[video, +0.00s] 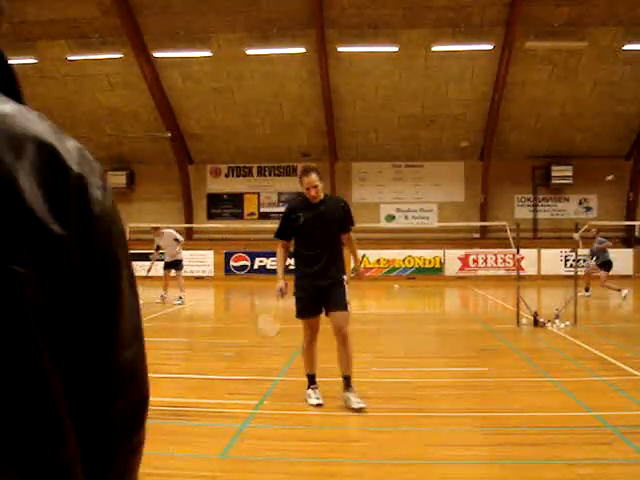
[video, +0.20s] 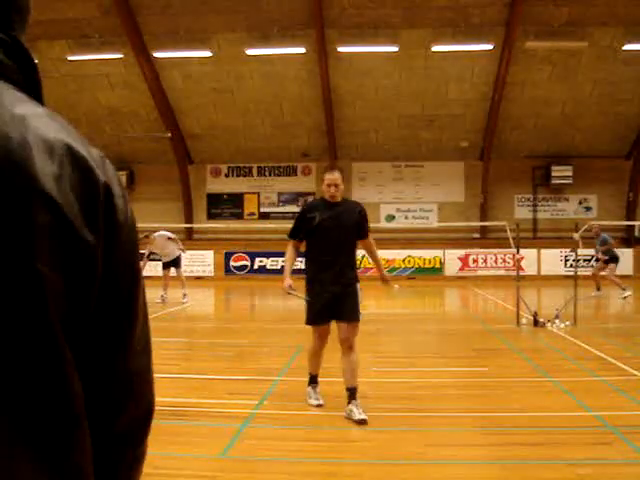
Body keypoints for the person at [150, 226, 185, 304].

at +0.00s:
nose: (154, 234)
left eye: (155, 232)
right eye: (153, 233)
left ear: (159, 230)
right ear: (154, 232)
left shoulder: (170, 233)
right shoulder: (157, 239)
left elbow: (181, 241)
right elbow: (155, 254)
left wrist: (176, 251)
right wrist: (150, 267)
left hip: (177, 257)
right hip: (168, 258)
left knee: (178, 276)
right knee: (166, 276)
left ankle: (182, 296)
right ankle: (164, 294)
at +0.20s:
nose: (148, 242)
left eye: (148, 240)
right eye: (146, 241)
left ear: (150, 236)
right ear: (146, 241)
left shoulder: (161, 234)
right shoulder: (150, 247)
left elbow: (174, 238)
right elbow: (146, 258)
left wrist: (181, 246)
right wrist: (142, 269)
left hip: (175, 254)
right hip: (165, 257)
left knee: (179, 274)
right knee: (165, 276)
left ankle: (184, 293)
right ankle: (164, 294)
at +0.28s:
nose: (147, 243)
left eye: (147, 240)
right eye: (145, 242)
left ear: (150, 237)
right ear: (145, 242)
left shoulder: (159, 235)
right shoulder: (148, 248)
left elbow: (174, 237)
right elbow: (145, 259)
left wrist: (178, 245)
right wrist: (141, 268)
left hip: (174, 254)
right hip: (165, 258)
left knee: (181, 274)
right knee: (165, 276)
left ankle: (187, 291)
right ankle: (164, 294)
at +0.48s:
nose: (146, 245)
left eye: (146, 242)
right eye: (145, 244)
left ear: (149, 239)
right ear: (144, 243)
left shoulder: (158, 237)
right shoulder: (148, 249)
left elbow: (173, 238)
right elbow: (145, 261)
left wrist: (178, 246)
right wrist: (141, 272)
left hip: (175, 255)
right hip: (165, 259)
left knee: (184, 272)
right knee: (166, 276)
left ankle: (193, 287)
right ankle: (165, 294)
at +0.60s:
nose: (149, 247)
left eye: (150, 244)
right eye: (148, 245)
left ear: (152, 240)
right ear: (147, 244)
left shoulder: (161, 237)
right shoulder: (150, 250)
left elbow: (174, 239)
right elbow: (148, 262)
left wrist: (180, 247)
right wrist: (145, 274)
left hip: (176, 255)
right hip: (166, 259)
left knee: (184, 271)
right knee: (167, 276)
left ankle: (193, 287)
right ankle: (164, 294)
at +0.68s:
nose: (155, 246)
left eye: (155, 244)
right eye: (153, 245)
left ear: (156, 240)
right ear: (151, 245)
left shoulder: (164, 236)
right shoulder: (153, 249)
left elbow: (177, 239)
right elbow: (153, 261)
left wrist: (182, 248)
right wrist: (153, 273)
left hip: (177, 255)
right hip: (167, 259)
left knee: (185, 274)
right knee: (167, 277)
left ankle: (192, 290)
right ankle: (164, 294)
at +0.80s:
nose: (162, 238)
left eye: (162, 236)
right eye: (160, 238)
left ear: (165, 234)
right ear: (159, 238)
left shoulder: (173, 235)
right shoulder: (160, 245)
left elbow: (181, 240)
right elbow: (161, 257)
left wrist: (185, 249)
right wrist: (163, 269)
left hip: (180, 256)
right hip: (170, 259)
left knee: (185, 275)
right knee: (168, 277)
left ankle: (190, 292)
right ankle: (165, 294)